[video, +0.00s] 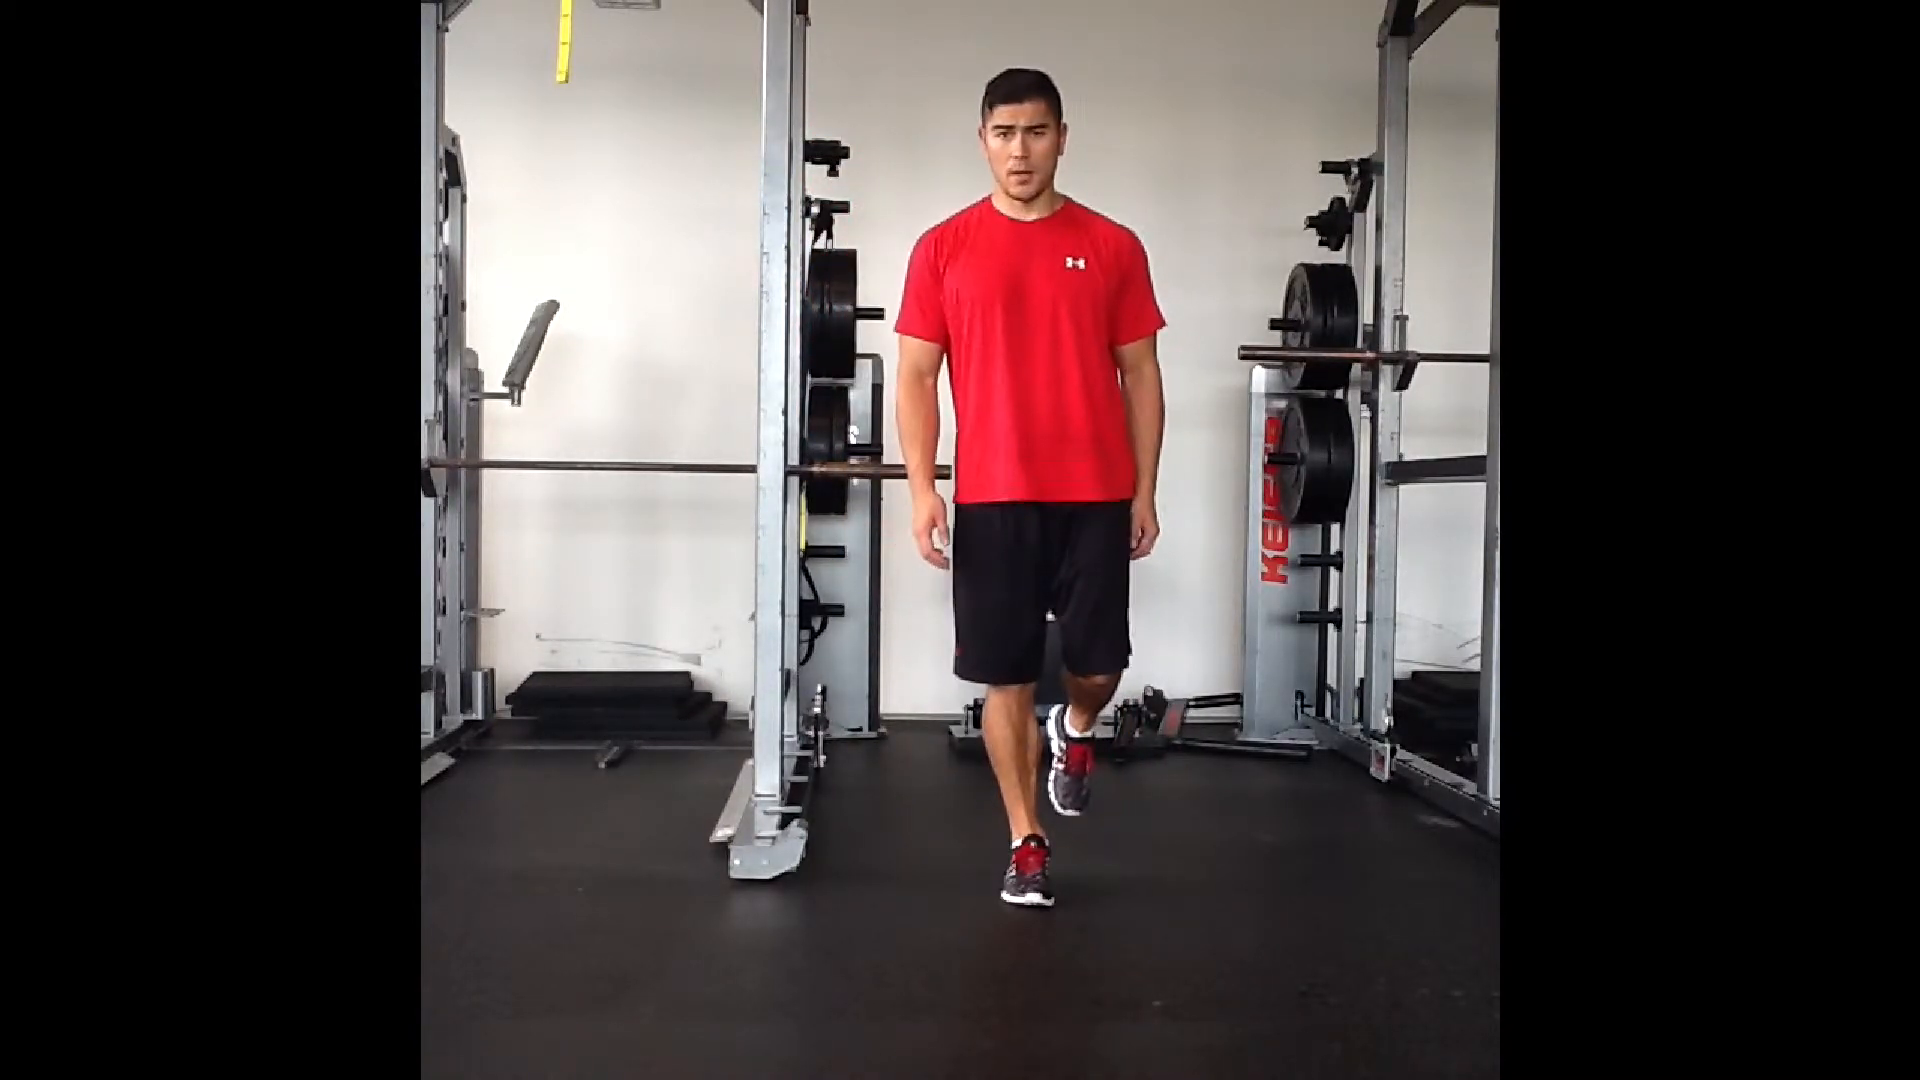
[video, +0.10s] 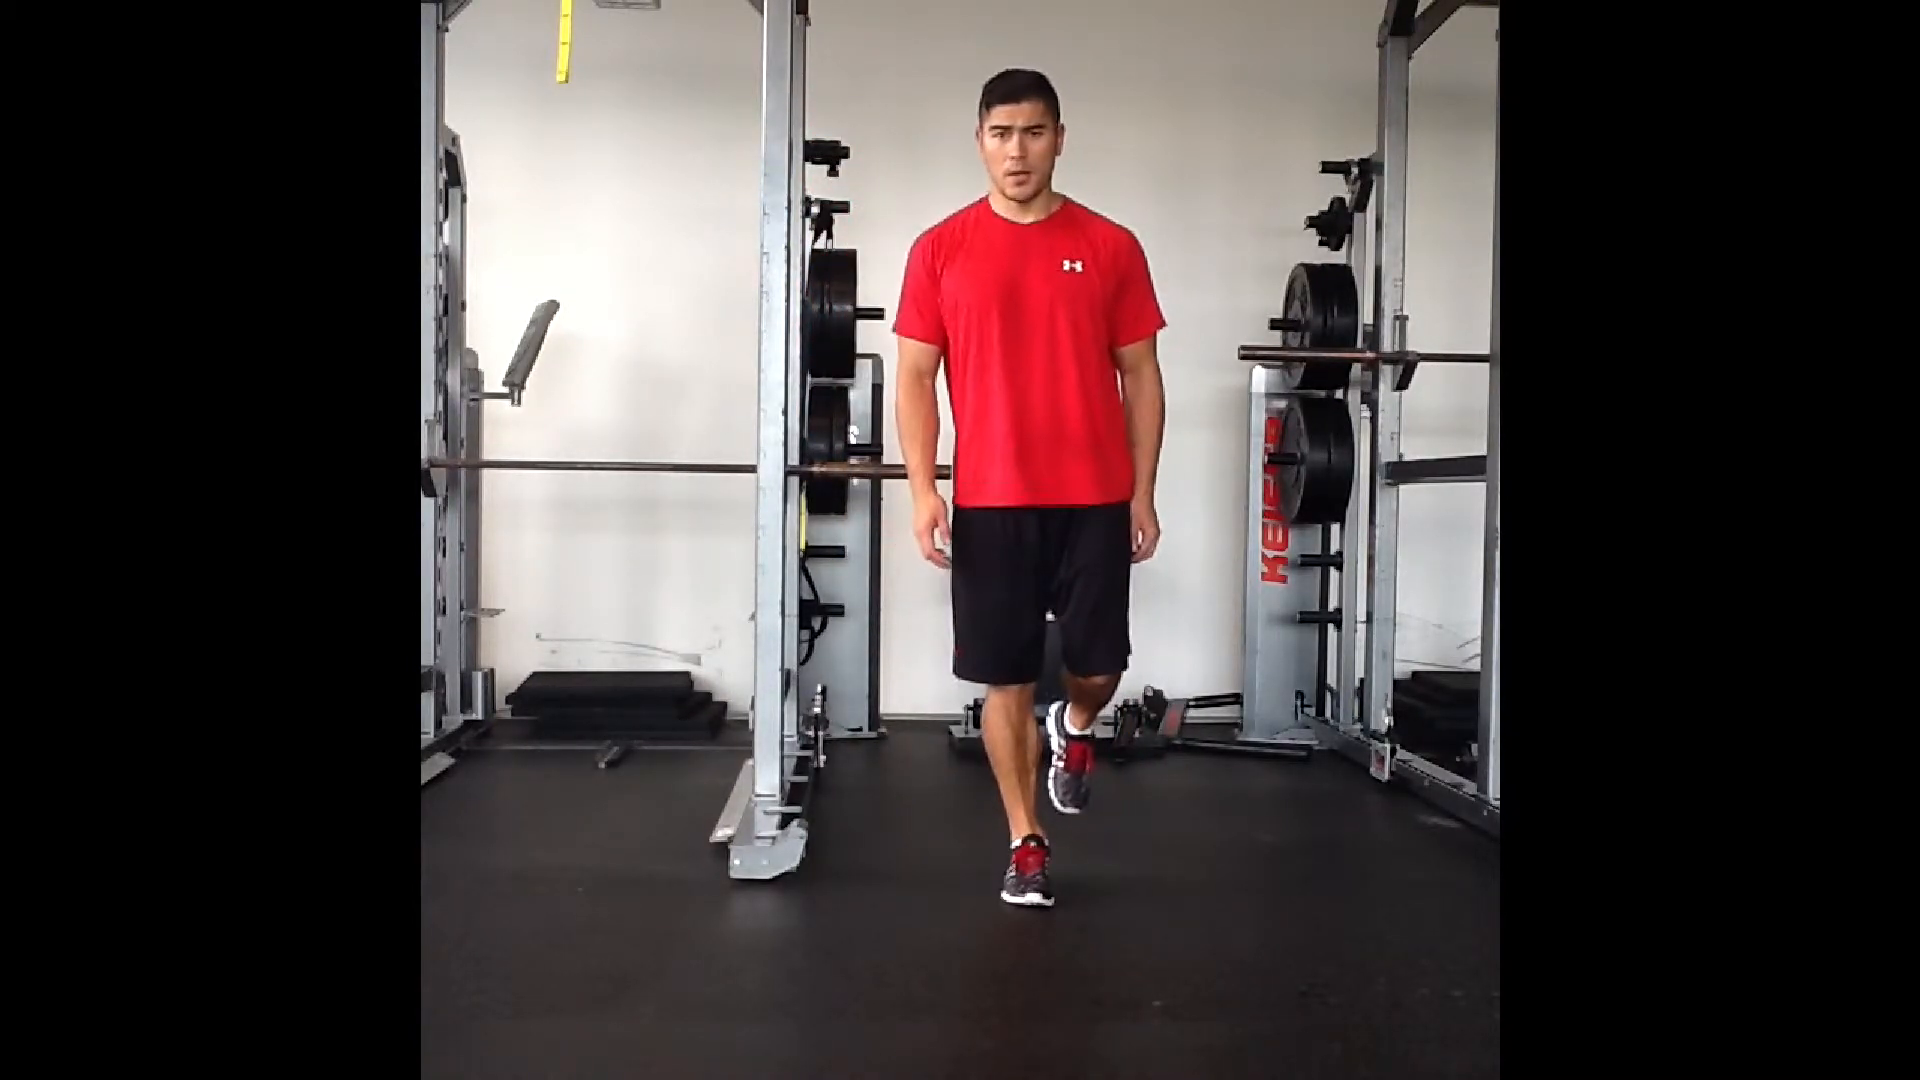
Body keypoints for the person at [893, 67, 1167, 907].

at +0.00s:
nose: (1021, 148)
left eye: (1036, 131)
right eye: (1004, 133)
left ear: (1061, 139)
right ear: (983, 142)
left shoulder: (1114, 247)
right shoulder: (942, 249)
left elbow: (1141, 370)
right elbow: (914, 374)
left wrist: (1145, 489)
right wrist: (922, 488)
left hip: (1096, 494)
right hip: (993, 495)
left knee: (1099, 661)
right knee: (1008, 674)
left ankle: (1074, 737)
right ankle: (1024, 841)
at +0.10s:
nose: (1018, 148)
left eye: (1033, 132)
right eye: (1001, 133)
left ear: (1058, 140)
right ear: (981, 144)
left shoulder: (1111, 247)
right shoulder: (939, 251)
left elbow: (1141, 371)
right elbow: (914, 378)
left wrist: (1143, 490)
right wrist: (922, 488)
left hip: (1095, 497)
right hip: (992, 499)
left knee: (1099, 665)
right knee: (1007, 677)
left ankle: (1072, 734)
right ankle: (1025, 841)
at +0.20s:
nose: (1014, 154)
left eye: (1030, 137)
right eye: (999, 138)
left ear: (1056, 146)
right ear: (979, 148)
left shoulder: (1108, 253)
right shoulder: (938, 254)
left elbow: (1141, 379)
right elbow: (914, 378)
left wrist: (1131, 497)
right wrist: (924, 493)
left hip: (1090, 505)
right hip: (988, 507)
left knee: (1098, 669)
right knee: (1008, 681)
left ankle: (1073, 726)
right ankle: (1024, 841)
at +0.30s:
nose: (1013, 168)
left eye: (1029, 151)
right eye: (997, 152)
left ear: (1055, 162)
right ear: (977, 164)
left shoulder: (1104, 269)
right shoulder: (934, 266)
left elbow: (1140, 397)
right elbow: (915, 380)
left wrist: (1110, 490)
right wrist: (924, 494)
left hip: (1085, 513)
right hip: (984, 518)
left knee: (1095, 672)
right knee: (1005, 681)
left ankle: (1069, 715)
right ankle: (1022, 840)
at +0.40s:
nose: (1012, 195)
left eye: (1028, 178)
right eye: (996, 178)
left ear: (1054, 190)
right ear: (975, 190)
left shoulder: (1103, 296)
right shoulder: (932, 288)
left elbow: (1137, 422)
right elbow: (916, 379)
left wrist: (1079, 439)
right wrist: (923, 472)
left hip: (1083, 526)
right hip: (983, 529)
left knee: (1091, 671)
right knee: (1007, 679)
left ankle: (1058, 695)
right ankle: (1023, 839)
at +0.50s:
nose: (1010, 236)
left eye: (1026, 220)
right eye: (994, 220)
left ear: (1052, 232)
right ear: (973, 231)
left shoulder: (1095, 321)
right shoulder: (934, 312)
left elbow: (1129, 432)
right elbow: (914, 373)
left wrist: (1052, 372)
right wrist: (925, 417)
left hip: (1083, 540)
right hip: (985, 541)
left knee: (1079, 677)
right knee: (1007, 681)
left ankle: (1032, 702)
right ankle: (1023, 842)